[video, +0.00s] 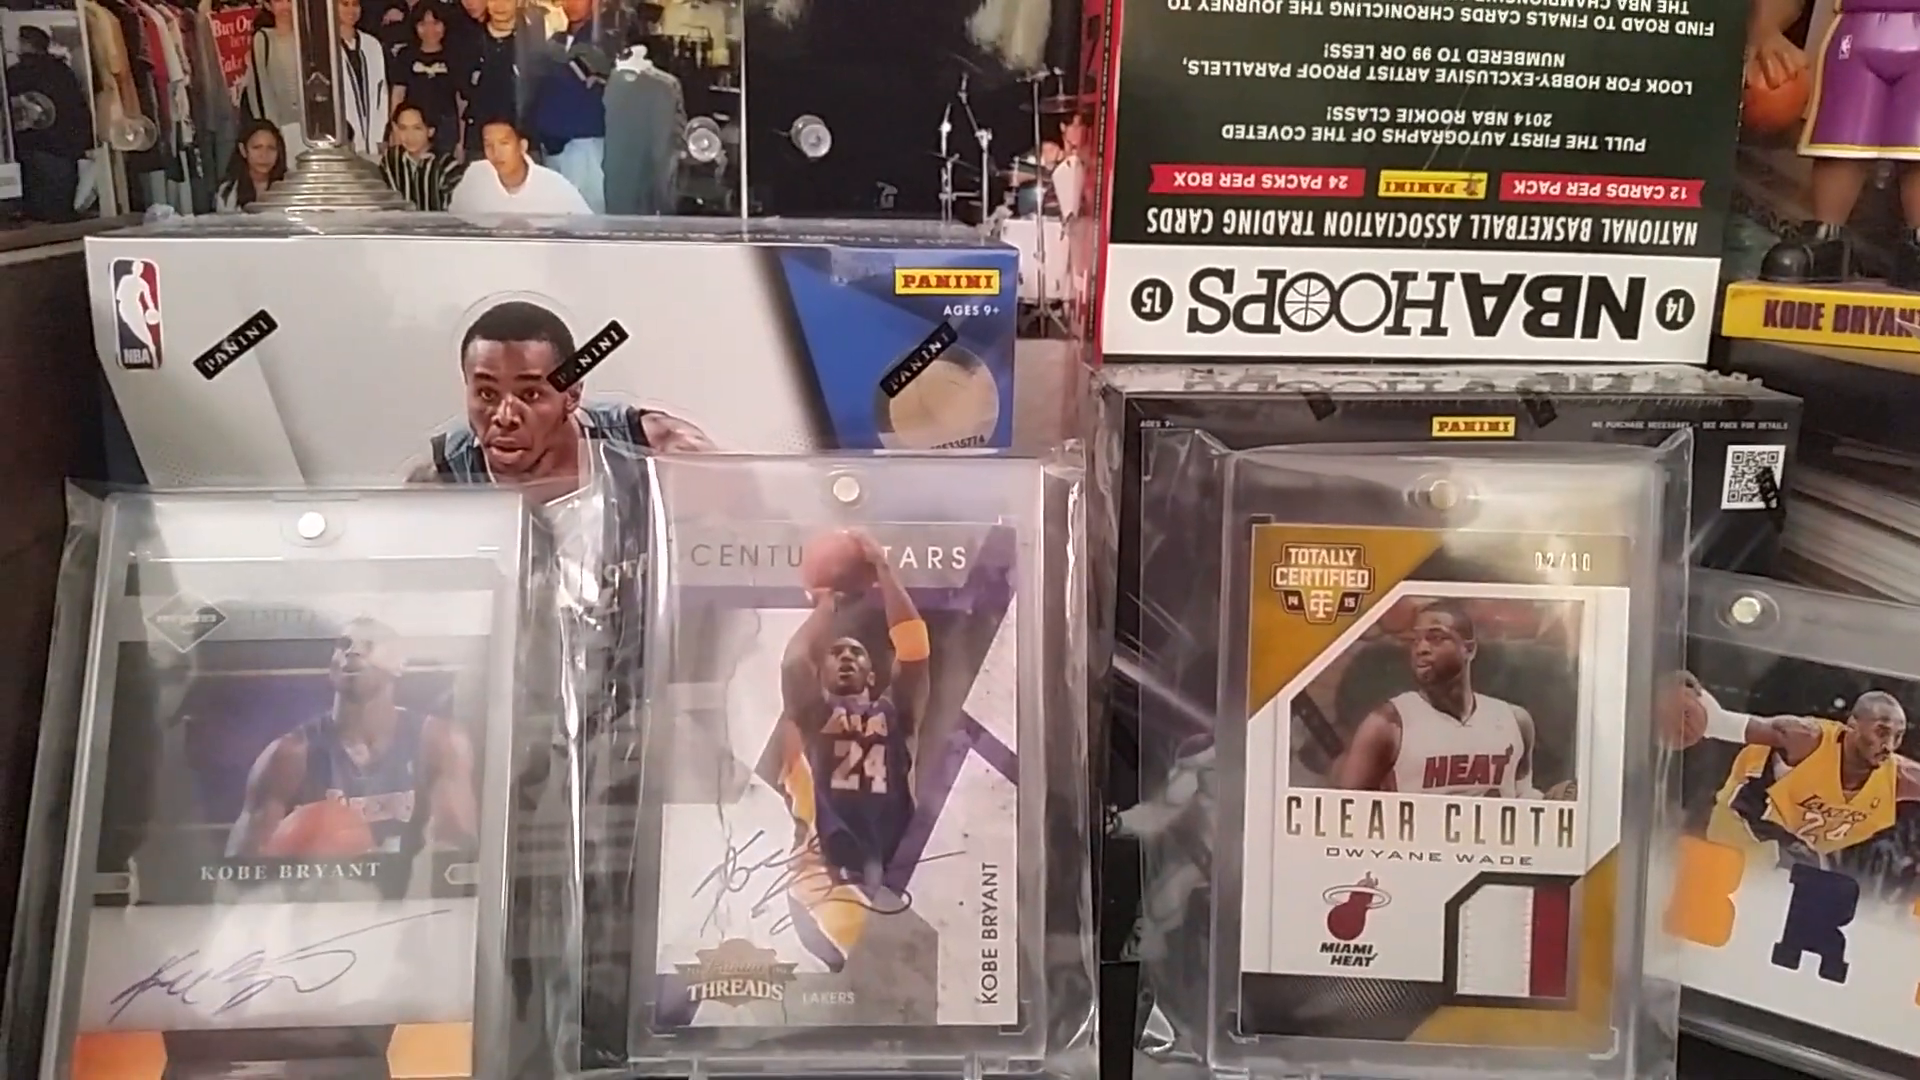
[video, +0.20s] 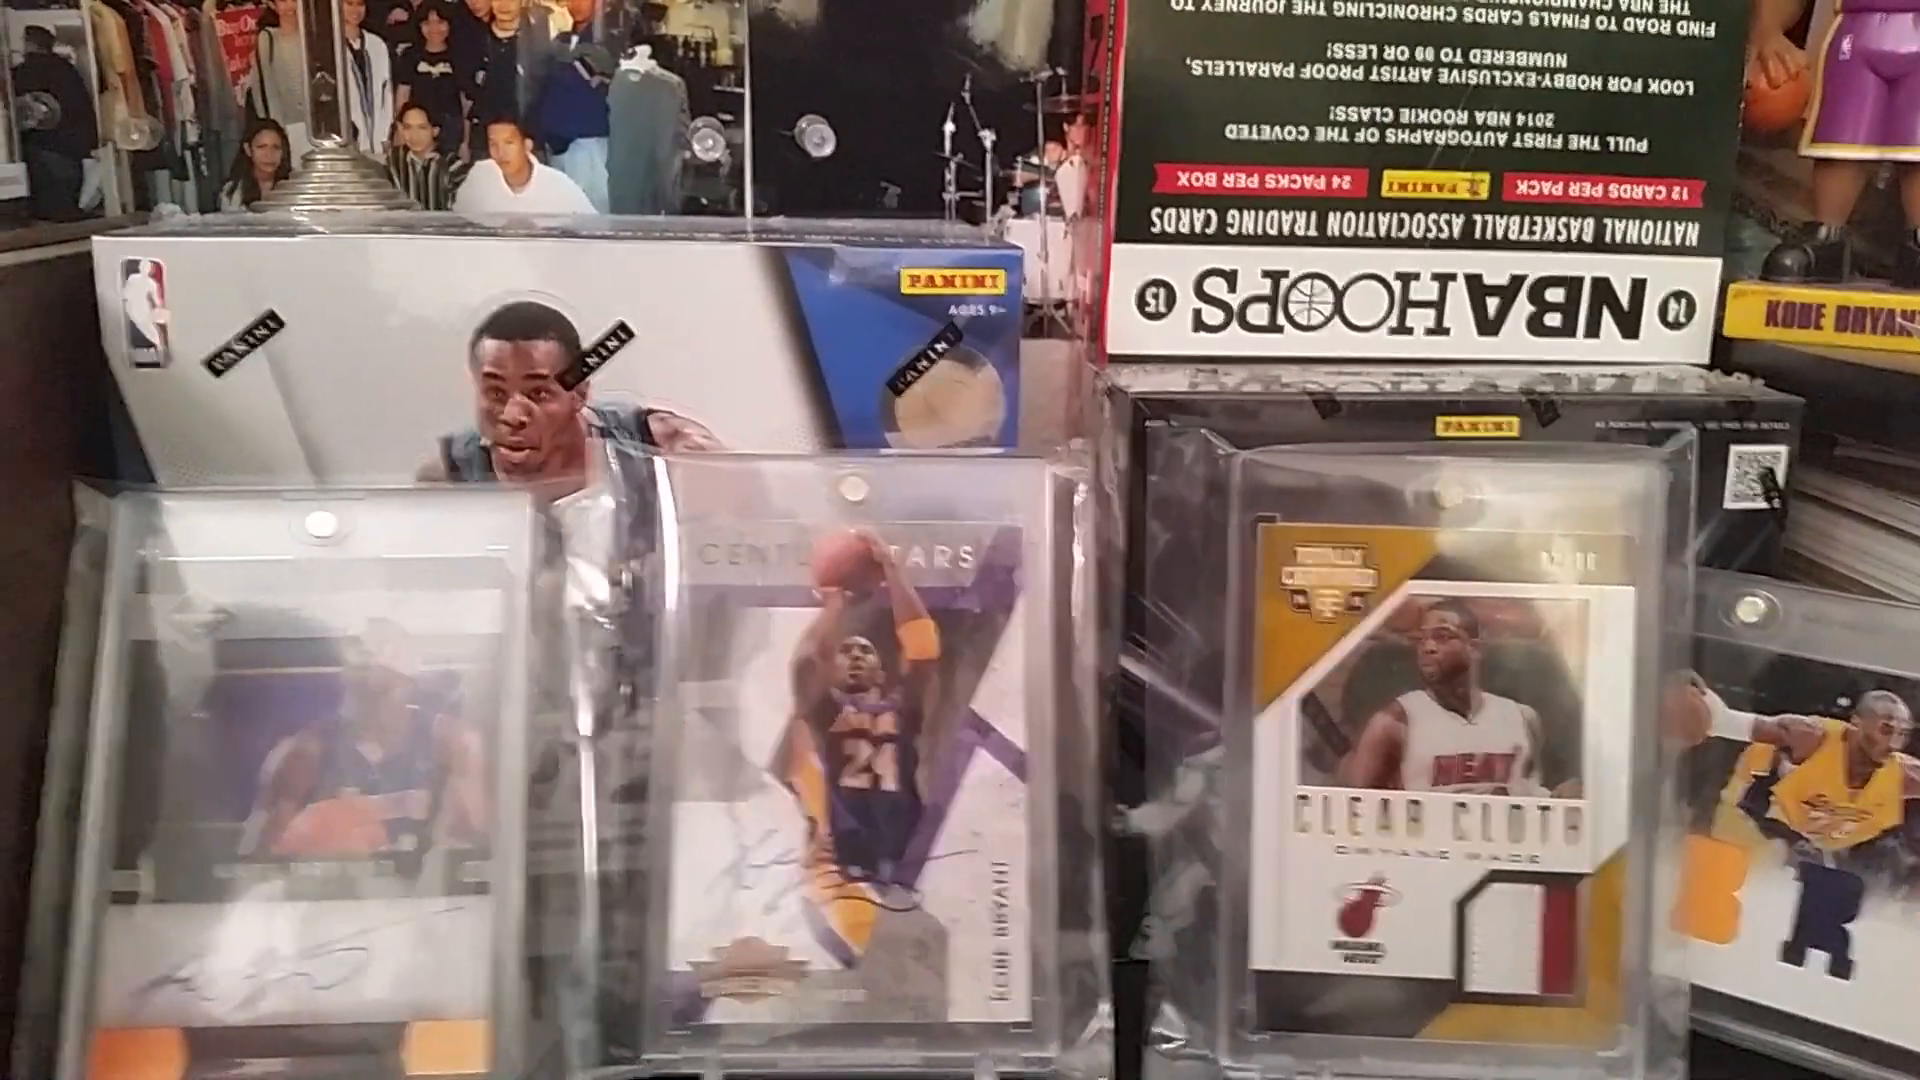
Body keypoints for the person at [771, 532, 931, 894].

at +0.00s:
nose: (846, 658)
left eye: (857, 653)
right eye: (836, 653)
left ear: (871, 672)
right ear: (821, 669)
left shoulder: (896, 713)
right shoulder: (815, 717)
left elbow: (913, 644)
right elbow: (795, 661)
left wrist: (883, 568)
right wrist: (826, 603)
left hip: (886, 864)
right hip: (824, 861)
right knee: (846, 925)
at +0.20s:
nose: (856, 658)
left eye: (867, 651)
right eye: (846, 651)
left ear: (882, 665)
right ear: (828, 662)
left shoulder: (901, 703)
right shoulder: (822, 708)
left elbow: (922, 643)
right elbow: (810, 657)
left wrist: (894, 576)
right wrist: (834, 604)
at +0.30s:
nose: (880, 656)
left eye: (890, 648)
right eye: (868, 649)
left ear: (906, 662)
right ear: (850, 663)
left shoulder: (927, 706)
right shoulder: (843, 710)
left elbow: (944, 640)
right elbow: (830, 656)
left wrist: (914, 568)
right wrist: (858, 599)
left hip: (921, 861)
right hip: (858, 866)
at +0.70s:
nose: (911, 648)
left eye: (921, 643)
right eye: (900, 643)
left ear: (937, 660)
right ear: (884, 662)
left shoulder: (961, 702)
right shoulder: (876, 704)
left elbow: (976, 637)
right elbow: (861, 651)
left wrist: (948, 558)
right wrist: (891, 592)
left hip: (953, 861)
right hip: (888, 860)